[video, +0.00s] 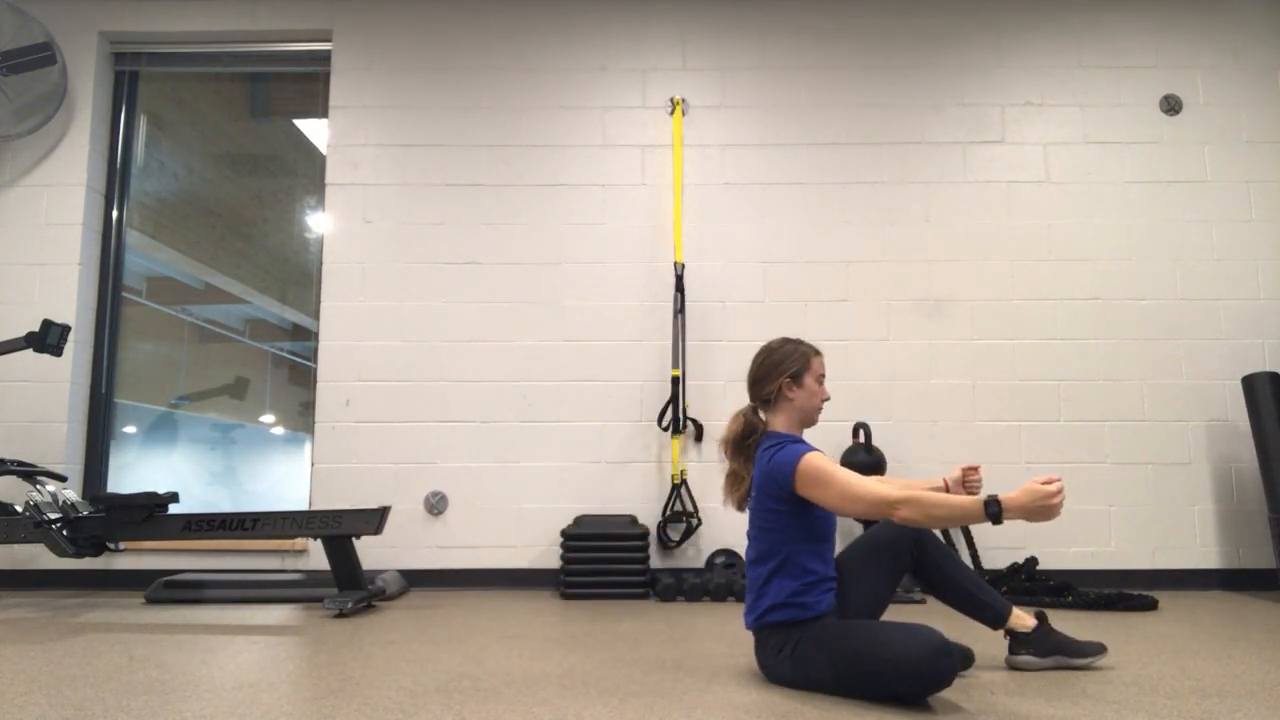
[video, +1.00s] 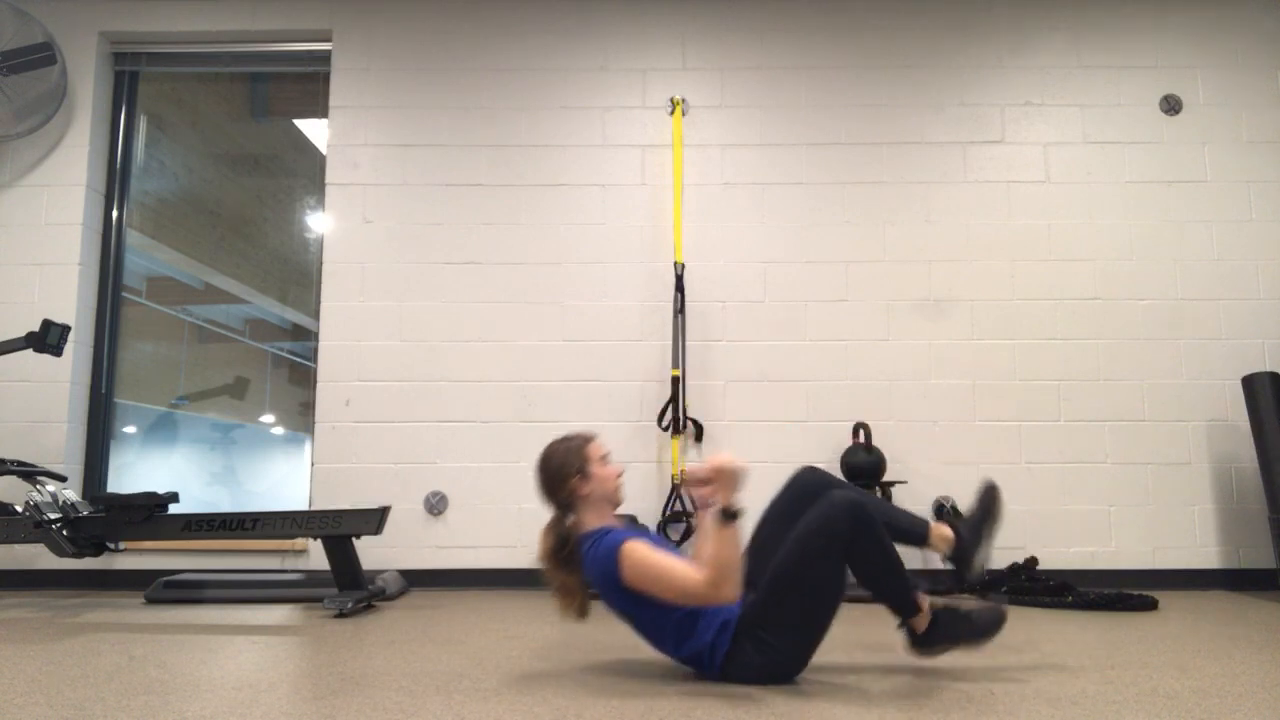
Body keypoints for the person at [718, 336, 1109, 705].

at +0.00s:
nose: (826, 393)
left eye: (823, 381)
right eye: (818, 381)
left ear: (784, 388)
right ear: (787, 387)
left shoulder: (786, 450)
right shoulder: (786, 458)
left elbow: (868, 502)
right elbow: (888, 504)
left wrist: (938, 488)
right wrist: (1006, 506)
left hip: (821, 610)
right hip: (792, 637)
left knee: (905, 533)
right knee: (932, 659)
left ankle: (1025, 630)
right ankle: (943, 652)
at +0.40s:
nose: (777, 397)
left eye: (773, 385)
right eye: (768, 386)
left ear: (738, 396)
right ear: (740, 394)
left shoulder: (742, 458)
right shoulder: (744, 462)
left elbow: (838, 496)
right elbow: (852, 498)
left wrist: (901, 473)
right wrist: (960, 475)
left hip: (800, 610)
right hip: (785, 642)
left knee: (903, 535)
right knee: (934, 616)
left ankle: (1022, 629)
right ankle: (908, 663)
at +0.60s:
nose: (727, 408)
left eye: (722, 397)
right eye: (717, 398)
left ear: (688, 412)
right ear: (688, 412)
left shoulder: (700, 471)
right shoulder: (701, 479)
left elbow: (794, 497)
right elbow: (809, 500)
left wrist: (846, 469)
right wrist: (908, 455)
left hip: (782, 611)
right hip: (774, 645)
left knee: (891, 529)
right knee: (912, 570)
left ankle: (1009, 624)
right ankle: (897, 650)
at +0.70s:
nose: (699, 416)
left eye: (693, 406)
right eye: (688, 408)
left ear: (661, 425)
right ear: (662, 424)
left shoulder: (678, 482)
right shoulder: (678, 491)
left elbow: (777, 504)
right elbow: (793, 511)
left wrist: (822, 463)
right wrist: (873, 455)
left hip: (772, 613)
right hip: (770, 647)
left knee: (873, 516)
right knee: (900, 550)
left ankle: (989, 613)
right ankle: (898, 645)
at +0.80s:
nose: (674, 428)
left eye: (667, 418)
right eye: (661, 421)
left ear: (638, 442)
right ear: (636, 442)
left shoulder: (661, 496)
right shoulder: (658, 507)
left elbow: (749, 524)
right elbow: (764, 531)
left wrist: (784, 471)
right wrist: (826, 462)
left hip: (763, 613)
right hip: (761, 648)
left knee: (851, 502)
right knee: (884, 539)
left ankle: (975, 594)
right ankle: (897, 643)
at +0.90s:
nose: (644, 446)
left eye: (637, 436)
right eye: (631, 440)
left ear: (607, 463)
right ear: (607, 459)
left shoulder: (631, 518)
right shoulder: (634, 526)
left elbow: (727, 551)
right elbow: (746, 561)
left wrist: (743, 484)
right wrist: (775, 481)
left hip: (756, 616)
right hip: (757, 648)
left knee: (834, 493)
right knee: (866, 529)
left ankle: (964, 567)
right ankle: (904, 641)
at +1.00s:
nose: (617, 467)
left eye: (609, 459)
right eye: (605, 463)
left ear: (582, 485)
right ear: (581, 484)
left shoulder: (608, 535)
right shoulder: (613, 547)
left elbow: (705, 579)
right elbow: (720, 588)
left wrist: (706, 510)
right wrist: (723, 506)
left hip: (741, 624)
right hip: (750, 649)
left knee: (811, 482)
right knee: (842, 508)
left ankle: (950, 537)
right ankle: (921, 624)